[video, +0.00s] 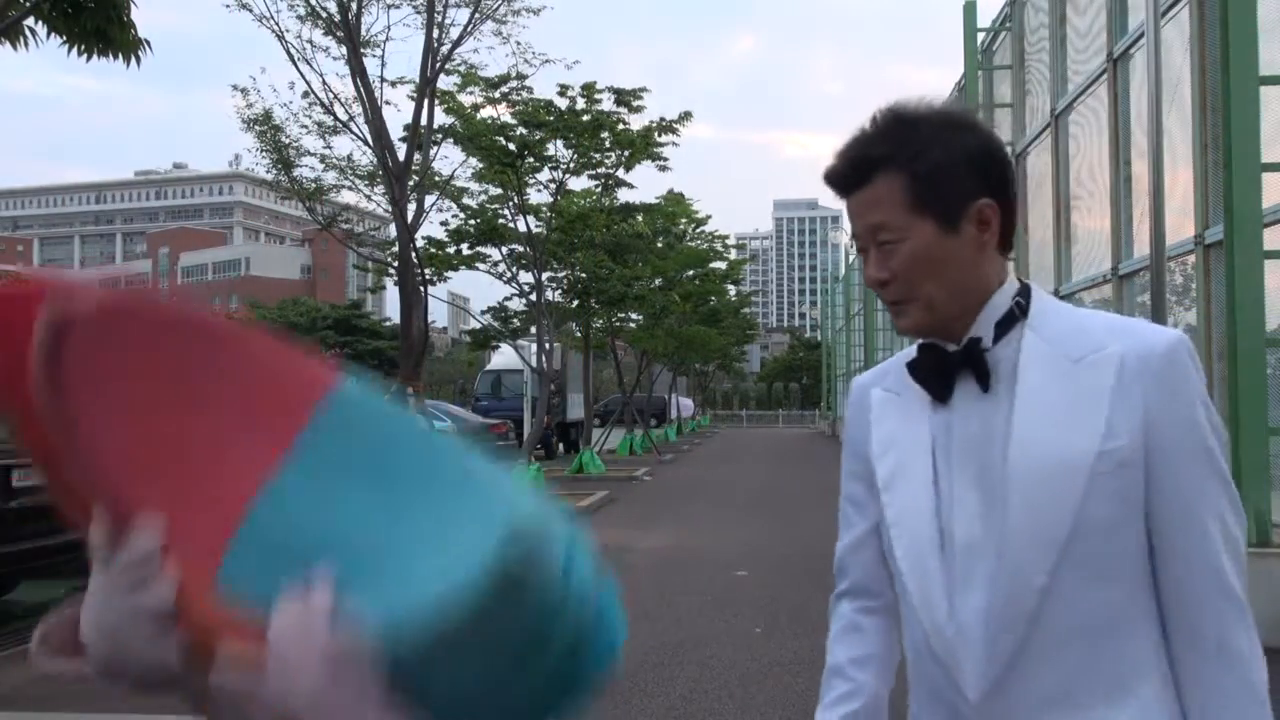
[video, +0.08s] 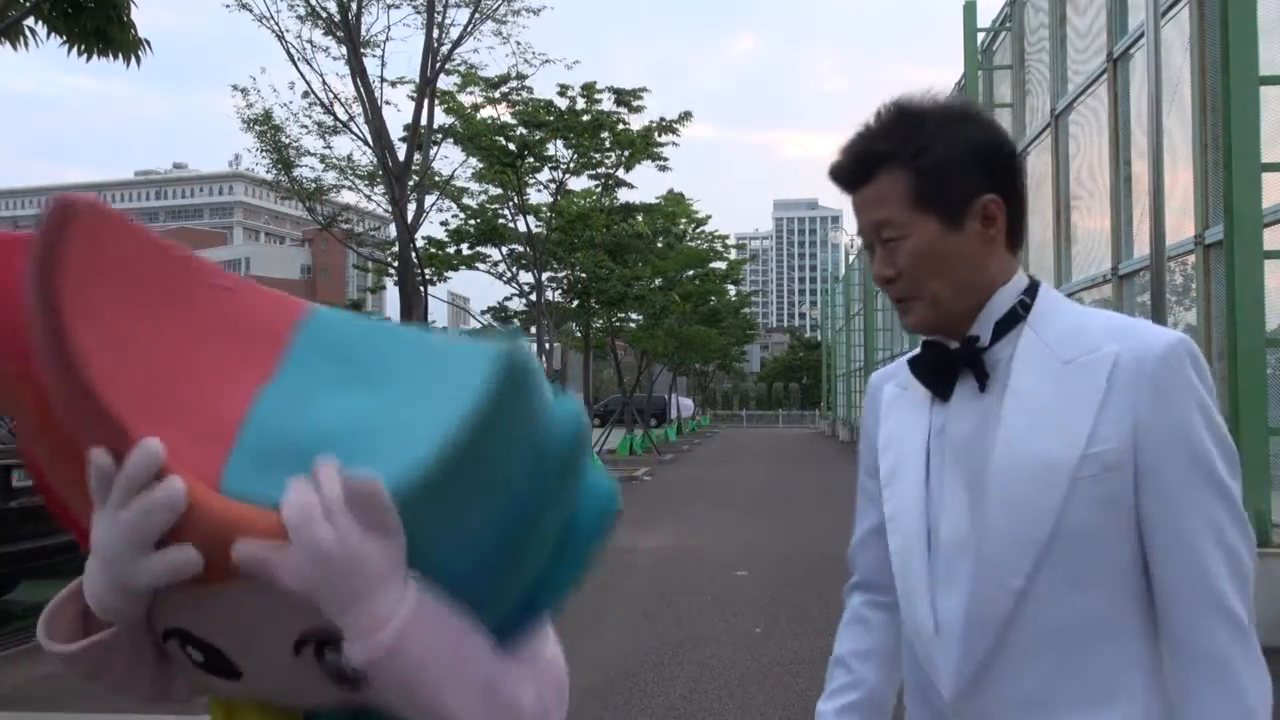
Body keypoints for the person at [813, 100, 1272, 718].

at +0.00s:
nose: (872, 274)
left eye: (888, 243)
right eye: (864, 250)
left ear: (983, 225)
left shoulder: (1143, 366)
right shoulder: (874, 401)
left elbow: (1209, 613)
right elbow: (862, 607)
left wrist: (1232, 712)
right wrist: (843, 710)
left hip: (1119, 705)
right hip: (946, 706)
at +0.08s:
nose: (879, 271)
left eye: (891, 240)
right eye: (871, 248)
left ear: (987, 221)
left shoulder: (1143, 368)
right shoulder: (889, 396)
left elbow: (1211, 630)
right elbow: (874, 602)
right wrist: (842, 711)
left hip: (1105, 708)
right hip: (939, 708)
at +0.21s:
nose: (891, 260)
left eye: (904, 228)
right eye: (883, 236)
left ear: (1001, 214)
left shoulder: (1147, 370)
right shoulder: (905, 389)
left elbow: (1205, 646)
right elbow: (884, 599)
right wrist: (848, 710)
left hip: (1089, 707)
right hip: (921, 707)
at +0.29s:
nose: (904, 249)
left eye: (918, 217)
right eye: (901, 224)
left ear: (1019, 209)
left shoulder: (1154, 372)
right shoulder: (922, 380)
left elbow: (1198, 661)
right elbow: (892, 608)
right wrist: (853, 711)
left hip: (1075, 707)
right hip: (918, 706)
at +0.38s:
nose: (913, 243)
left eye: (927, 212)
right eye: (910, 218)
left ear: (1031, 205)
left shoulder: (1159, 374)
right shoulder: (932, 374)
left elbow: (1190, 670)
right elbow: (896, 614)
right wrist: (856, 711)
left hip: (1064, 706)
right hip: (911, 704)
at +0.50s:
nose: (924, 237)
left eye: (939, 206)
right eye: (923, 210)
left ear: (1043, 202)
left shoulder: (1163, 378)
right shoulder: (948, 368)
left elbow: (1173, 685)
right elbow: (902, 614)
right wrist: (866, 710)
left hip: (1049, 708)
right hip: (907, 704)